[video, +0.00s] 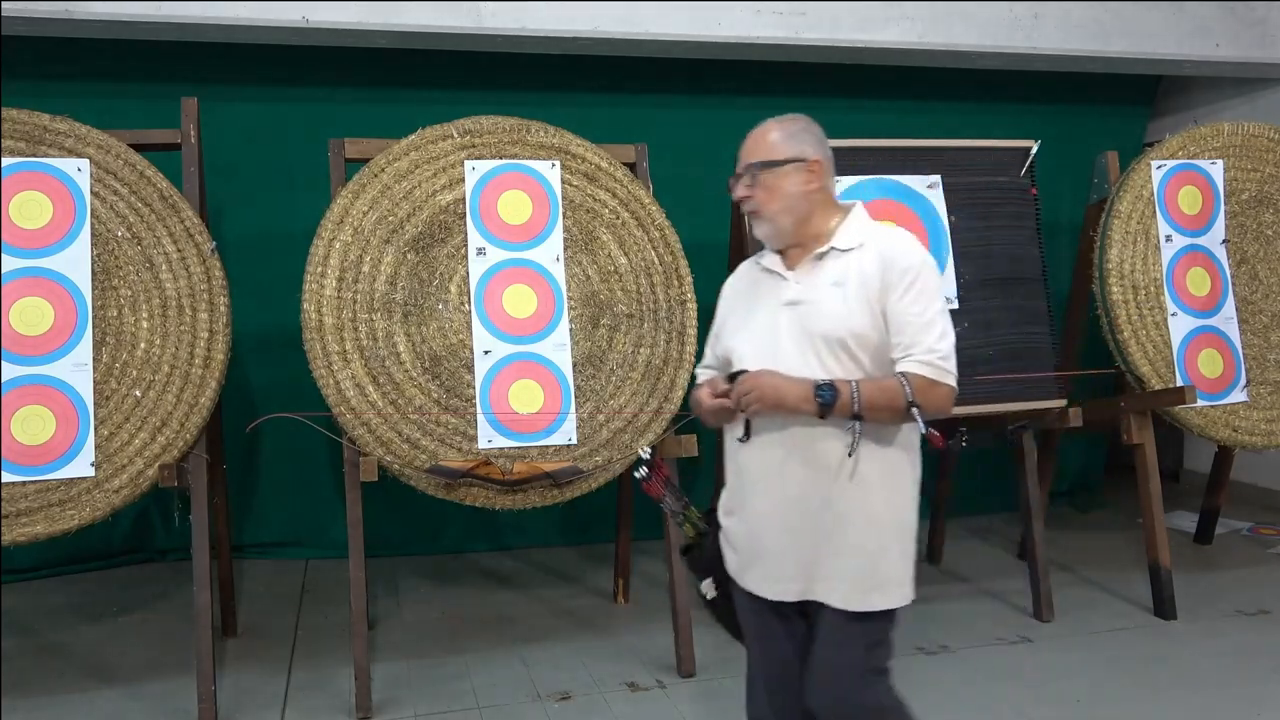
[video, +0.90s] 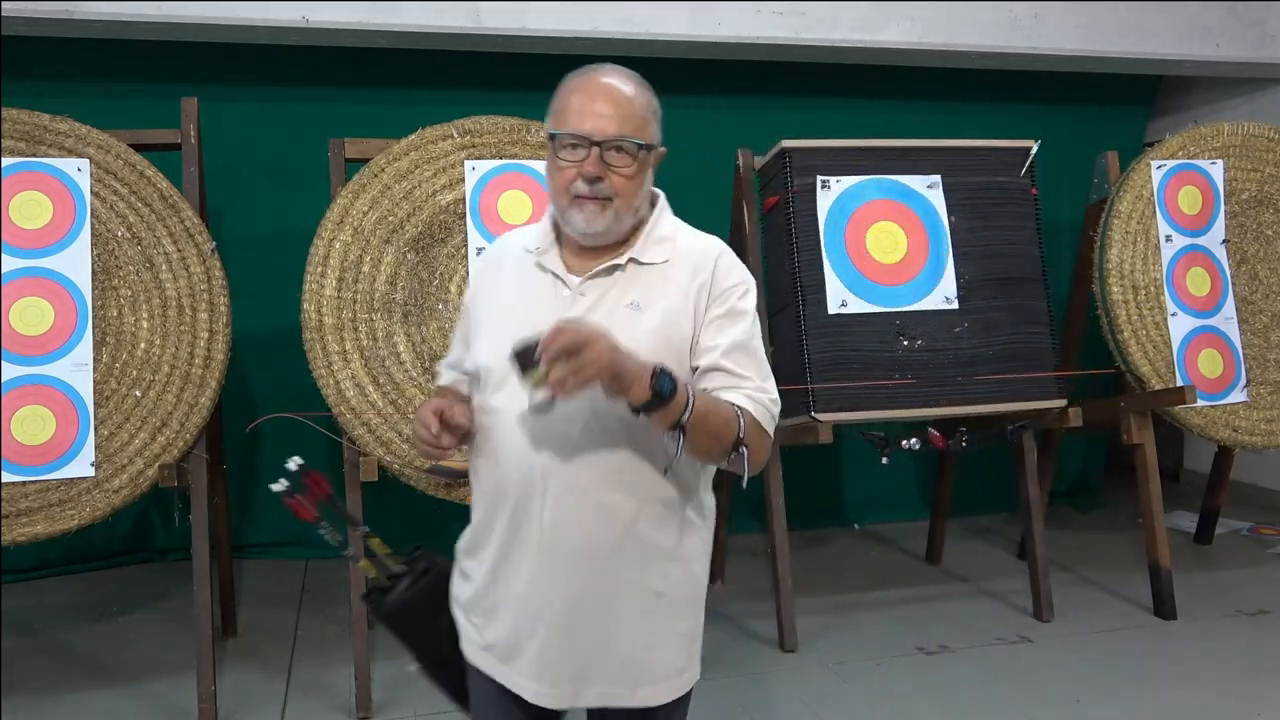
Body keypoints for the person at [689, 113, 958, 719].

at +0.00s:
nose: (738, 192)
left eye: (755, 175)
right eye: (738, 178)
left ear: (813, 174)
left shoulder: (893, 256)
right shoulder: (741, 284)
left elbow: (935, 388)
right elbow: (711, 396)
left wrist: (806, 394)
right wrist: (709, 401)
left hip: (861, 552)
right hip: (759, 552)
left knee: (842, 697)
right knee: (772, 705)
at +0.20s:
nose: (692, 190)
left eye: (710, 171)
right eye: (692, 175)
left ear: (769, 174)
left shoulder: (850, 265)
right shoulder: (715, 274)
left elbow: (894, 409)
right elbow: (716, 373)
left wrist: (776, 424)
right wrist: (668, 404)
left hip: (793, 575)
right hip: (713, 566)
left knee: (756, 710)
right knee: (758, 703)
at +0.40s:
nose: (675, 189)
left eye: (701, 172)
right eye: (663, 173)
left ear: (746, 184)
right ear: (653, 185)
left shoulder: (800, 283)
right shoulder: (666, 274)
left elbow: (862, 434)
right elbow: (679, 388)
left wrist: (745, 456)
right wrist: (619, 437)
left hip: (736, 601)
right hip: (675, 586)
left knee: (688, 709)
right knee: (751, 705)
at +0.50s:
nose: (662, 192)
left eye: (688, 175)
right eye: (649, 175)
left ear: (732, 188)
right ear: (634, 184)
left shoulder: (778, 297)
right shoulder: (640, 272)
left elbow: (827, 459)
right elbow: (660, 395)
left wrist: (715, 459)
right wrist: (587, 444)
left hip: (707, 609)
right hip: (640, 591)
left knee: (669, 710)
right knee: (723, 705)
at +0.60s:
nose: (647, 187)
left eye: (674, 169)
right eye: (632, 164)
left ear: (712, 184)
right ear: (613, 171)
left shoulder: (755, 293)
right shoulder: (602, 261)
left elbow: (778, 463)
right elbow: (597, 388)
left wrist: (682, 420)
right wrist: (547, 428)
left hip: (680, 613)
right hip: (594, 595)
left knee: (661, 710)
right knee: (627, 704)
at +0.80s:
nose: (608, 178)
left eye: (635, 159)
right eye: (591, 154)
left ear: (672, 170)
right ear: (569, 160)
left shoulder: (721, 276)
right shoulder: (535, 260)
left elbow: (742, 452)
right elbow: (510, 368)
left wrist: (653, 356)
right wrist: (474, 413)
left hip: (651, 624)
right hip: (527, 609)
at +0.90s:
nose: (591, 169)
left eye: (619, 149)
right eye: (571, 145)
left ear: (654, 162)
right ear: (547, 153)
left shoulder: (708, 270)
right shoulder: (501, 264)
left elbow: (751, 445)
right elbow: (462, 380)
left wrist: (636, 380)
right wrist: (449, 416)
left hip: (640, 633)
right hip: (504, 623)